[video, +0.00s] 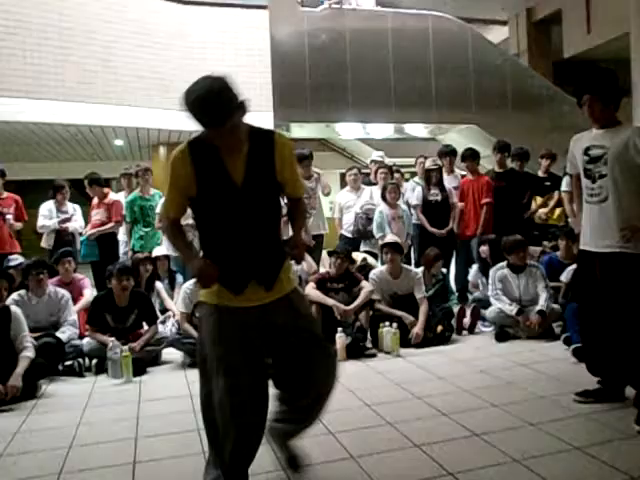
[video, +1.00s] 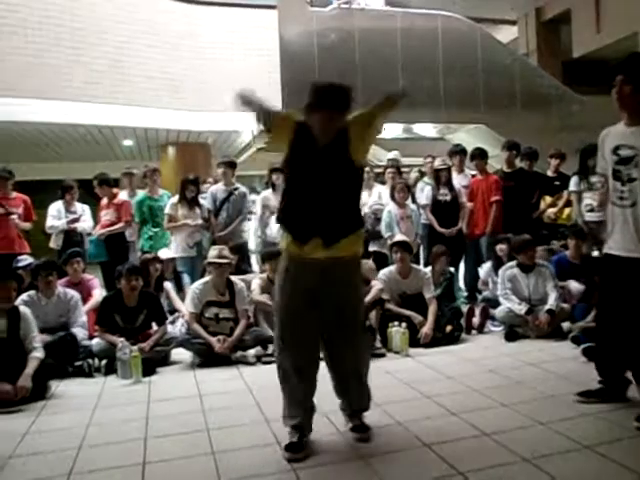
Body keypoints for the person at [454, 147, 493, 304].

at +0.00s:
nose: (466, 166)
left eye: (469, 162)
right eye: (464, 163)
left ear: (476, 162)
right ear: (463, 164)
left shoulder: (485, 181)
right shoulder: (464, 182)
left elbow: (486, 206)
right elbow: (460, 204)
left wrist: (480, 230)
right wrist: (456, 224)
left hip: (477, 231)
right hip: (463, 231)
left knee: (479, 265)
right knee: (461, 267)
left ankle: (483, 294)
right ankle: (462, 296)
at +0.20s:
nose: (466, 166)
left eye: (469, 162)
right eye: (464, 163)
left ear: (476, 162)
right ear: (463, 164)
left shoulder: (485, 181)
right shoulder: (464, 182)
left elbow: (486, 206)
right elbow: (460, 204)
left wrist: (480, 230)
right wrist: (456, 224)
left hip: (477, 231)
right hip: (463, 230)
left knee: (479, 265)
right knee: (461, 267)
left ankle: (482, 295)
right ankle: (462, 296)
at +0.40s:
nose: (465, 166)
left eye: (468, 162)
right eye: (464, 162)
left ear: (476, 162)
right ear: (462, 163)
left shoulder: (484, 181)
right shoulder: (463, 182)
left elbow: (485, 206)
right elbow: (460, 204)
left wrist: (479, 230)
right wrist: (456, 224)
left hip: (477, 231)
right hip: (462, 231)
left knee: (479, 266)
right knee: (461, 267)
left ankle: (482, 296)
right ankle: (461, 296)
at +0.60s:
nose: (465, 166)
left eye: (468, 162)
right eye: (463, 162)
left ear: (475, 162)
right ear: (461, 163)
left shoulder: (483, 180)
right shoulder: (463, 182)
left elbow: (485, 205)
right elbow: (459, 205)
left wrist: (479, 229)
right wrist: (455, 225)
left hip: (476, 231)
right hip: (462, 231)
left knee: (477, 266)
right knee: (460, 267)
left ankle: (480, 295)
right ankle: (461, 295)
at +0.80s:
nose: (466, 165)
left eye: (468, 162)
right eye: (464, 162)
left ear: (475, 161)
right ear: (462, 164)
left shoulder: (483, 180)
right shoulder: (463, 182)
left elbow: (485, 205)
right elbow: (459, 204)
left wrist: (479, 228)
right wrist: (456, 224)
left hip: (476, 231)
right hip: (463, 230)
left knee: (478, 265)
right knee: (460, 266)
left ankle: (480, 294)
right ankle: (461, 295)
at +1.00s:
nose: (475, 165)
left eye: (478, 161)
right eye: (473, 161)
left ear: (485, 161)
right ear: (471, 163)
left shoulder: (493, 180)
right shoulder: (473, 181)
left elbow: (495, 204)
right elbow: (470, 204)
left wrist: (489, 228)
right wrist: (466, 223)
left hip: (486, 230)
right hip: (472, 230)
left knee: (487, 265)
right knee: (471, 266)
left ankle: (490, 293)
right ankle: (471, 294)